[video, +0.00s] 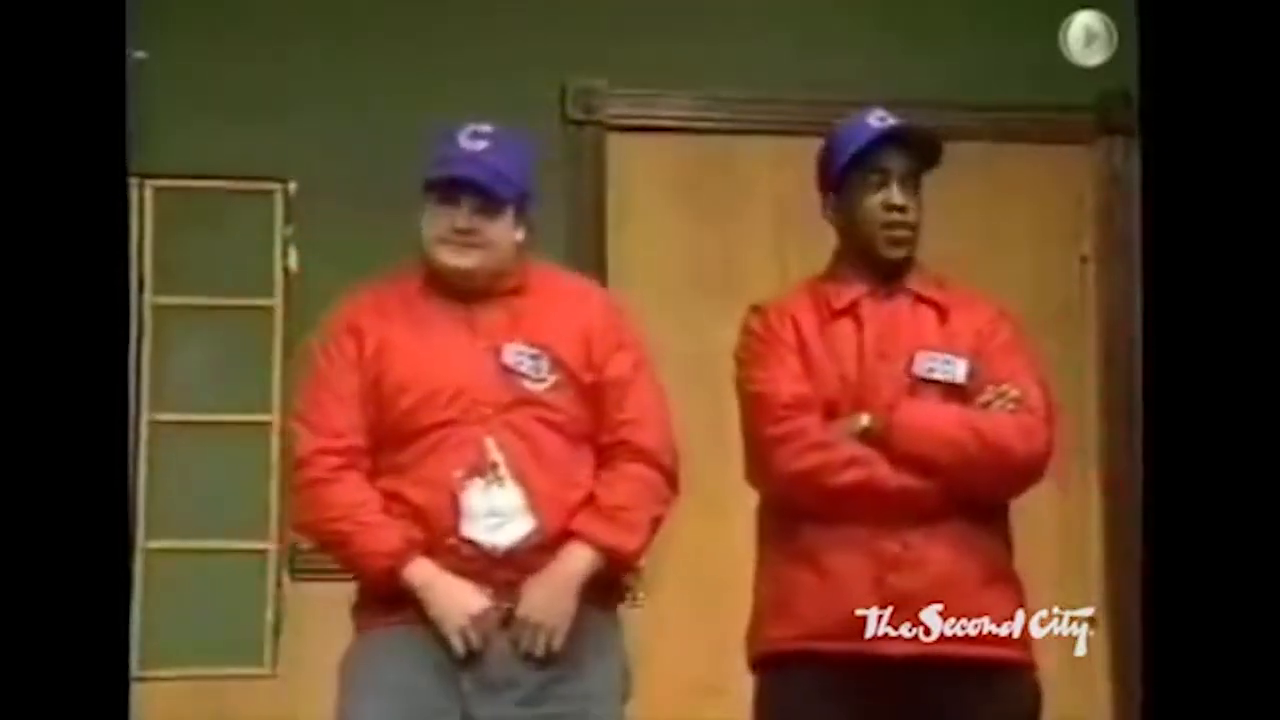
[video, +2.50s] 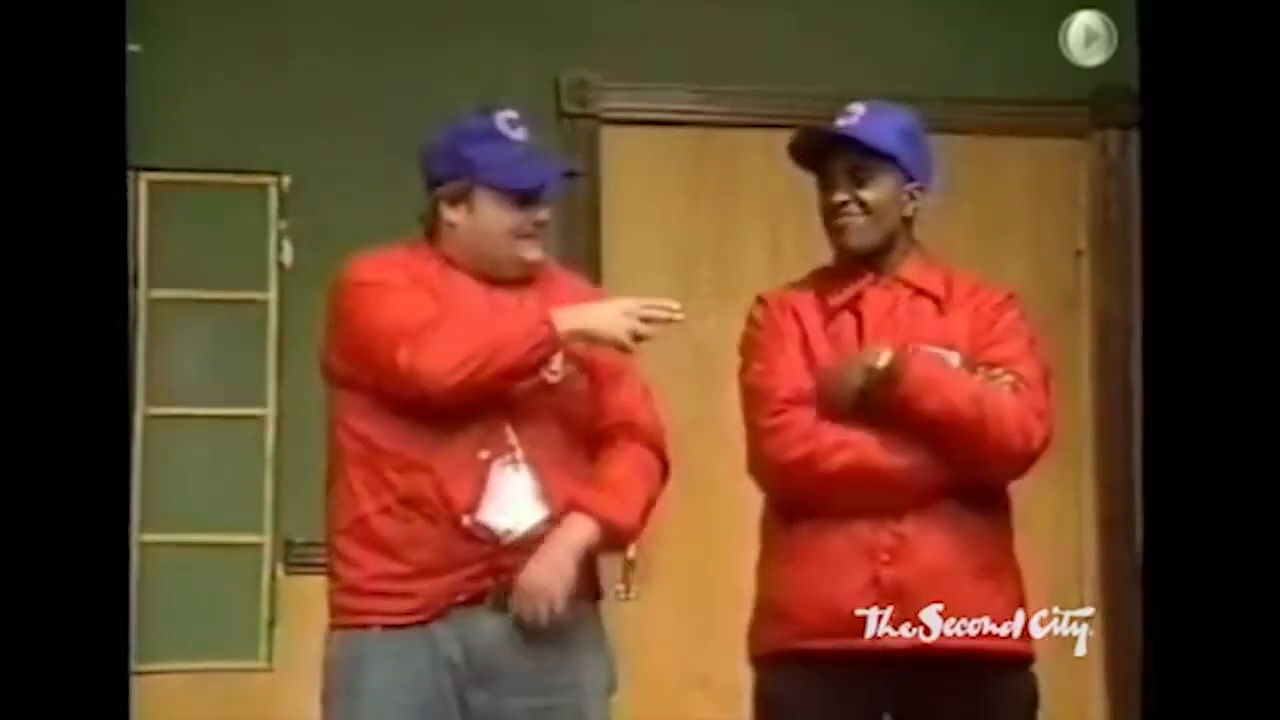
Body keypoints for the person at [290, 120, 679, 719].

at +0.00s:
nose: (461, 222)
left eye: (485, 208)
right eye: (446, 201)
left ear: (521, 227)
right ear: (423, 212)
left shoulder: (587, 314)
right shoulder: (364, 322)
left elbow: (645, 459)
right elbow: (323, 475)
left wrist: (569, 571)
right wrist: (426, 578)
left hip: (565, 627)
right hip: (409, 627)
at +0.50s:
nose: (478, 216)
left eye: (501, 201)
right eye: (460, 196)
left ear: (533, 217)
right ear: (434, 206)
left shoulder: (588, 314)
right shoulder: (365, 299)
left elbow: (631, 468)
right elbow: (311, 448)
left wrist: (550, 579)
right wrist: (406, 561)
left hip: (546, 629)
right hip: (382, 630)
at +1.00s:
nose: (546, 212)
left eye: (545, 196)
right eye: (522, 199)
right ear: (457, 214)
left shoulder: (592, 314)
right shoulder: (362, 305)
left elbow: (633, 466)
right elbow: (310, 452)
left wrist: (553, 579)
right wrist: (403, 562)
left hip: (543, 629)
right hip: (385, 629)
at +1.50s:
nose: (554, 209)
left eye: (553, 192)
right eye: (531, 195)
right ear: (465, 209)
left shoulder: (595, 312)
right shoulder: (370, 303)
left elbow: (642, 463)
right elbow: (320, 452)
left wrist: (569, 578)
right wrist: (419, 562)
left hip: (554, 632)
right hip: (398, 632)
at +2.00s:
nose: (547, 217)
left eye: (547, 201)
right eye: (525, 203)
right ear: (459, 211)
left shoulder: (574, 298)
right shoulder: (379, 283)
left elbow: (638, 457)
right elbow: (450, 360)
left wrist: (577, 571)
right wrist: (574, 317)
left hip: (545, 623)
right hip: (397, 634)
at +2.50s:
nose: (541, 215)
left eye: (544, 199)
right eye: (520, 200)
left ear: (552, 200)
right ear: (453, 208)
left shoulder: (569, 296)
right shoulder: (374, 283)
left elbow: (637, 441)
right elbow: (433, 370)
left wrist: (570, 540)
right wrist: (561, 322)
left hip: (547, 625)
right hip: (394, 633)